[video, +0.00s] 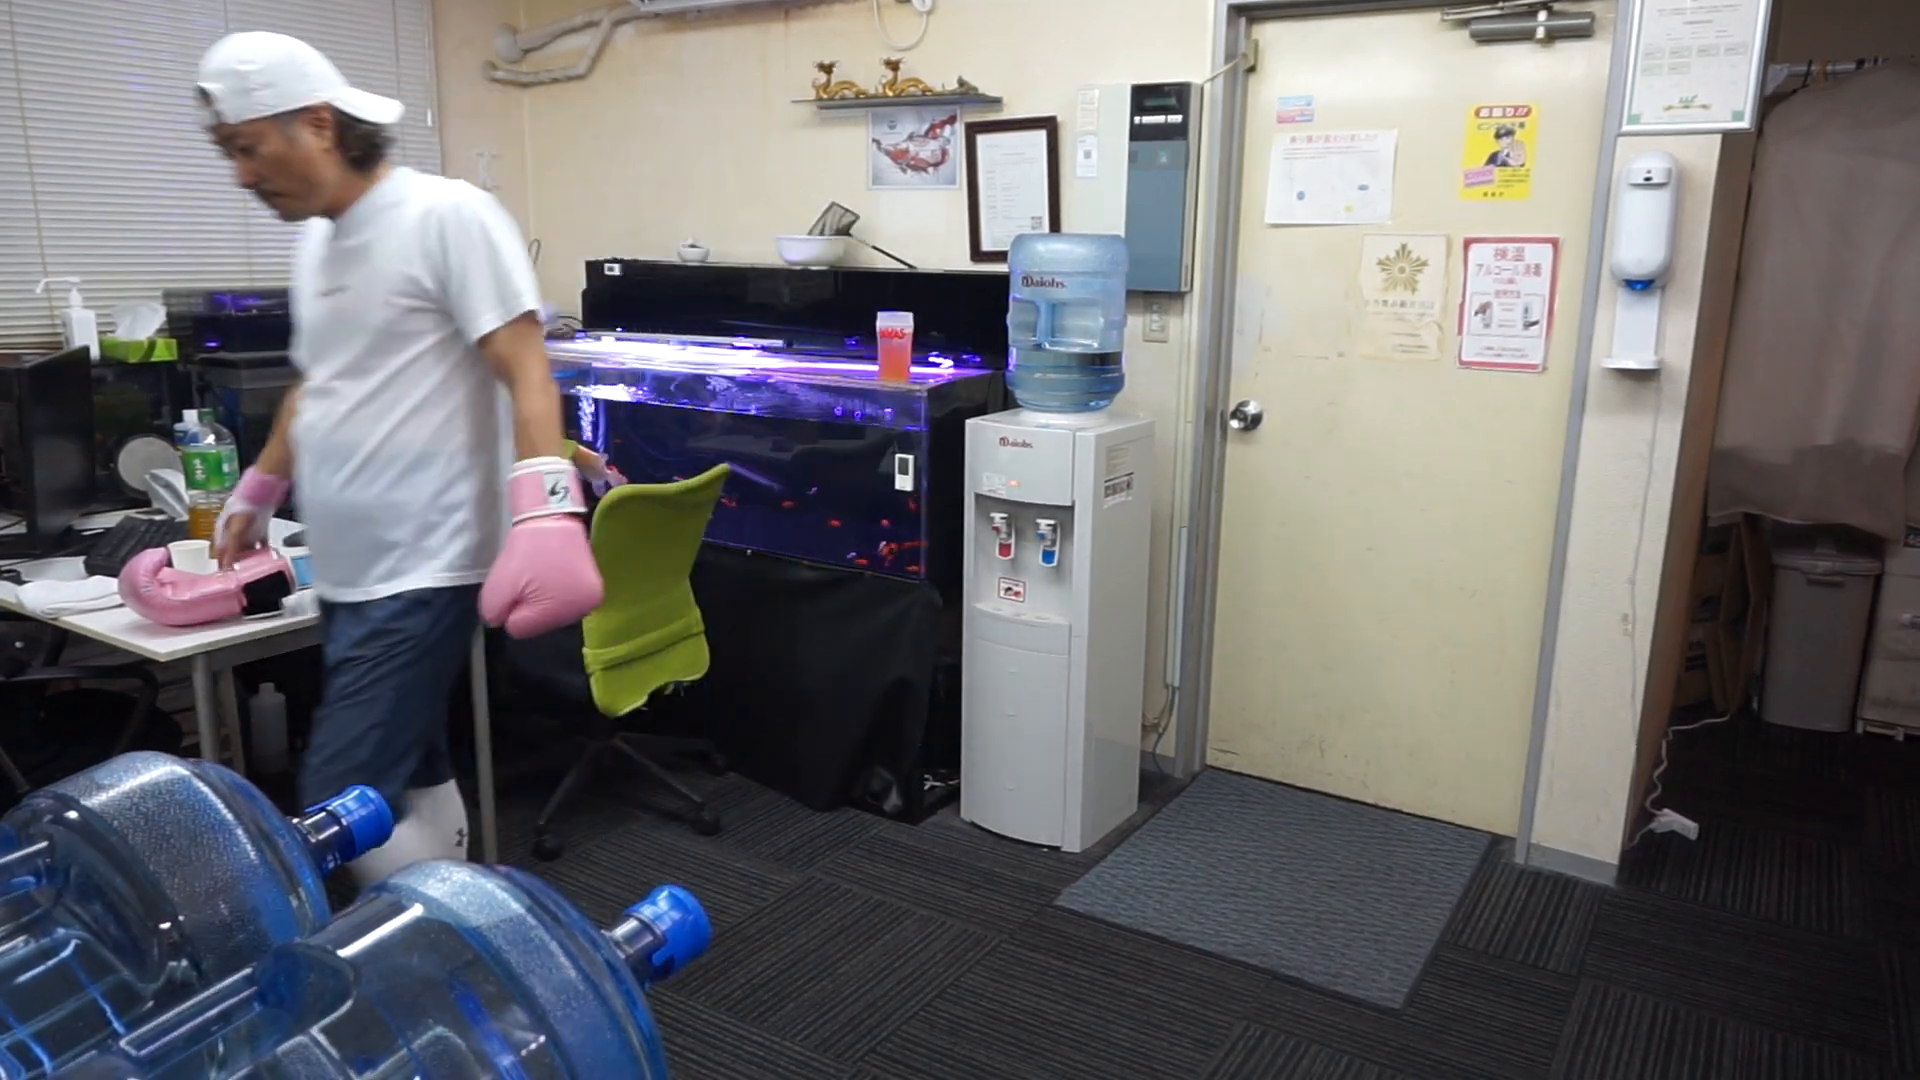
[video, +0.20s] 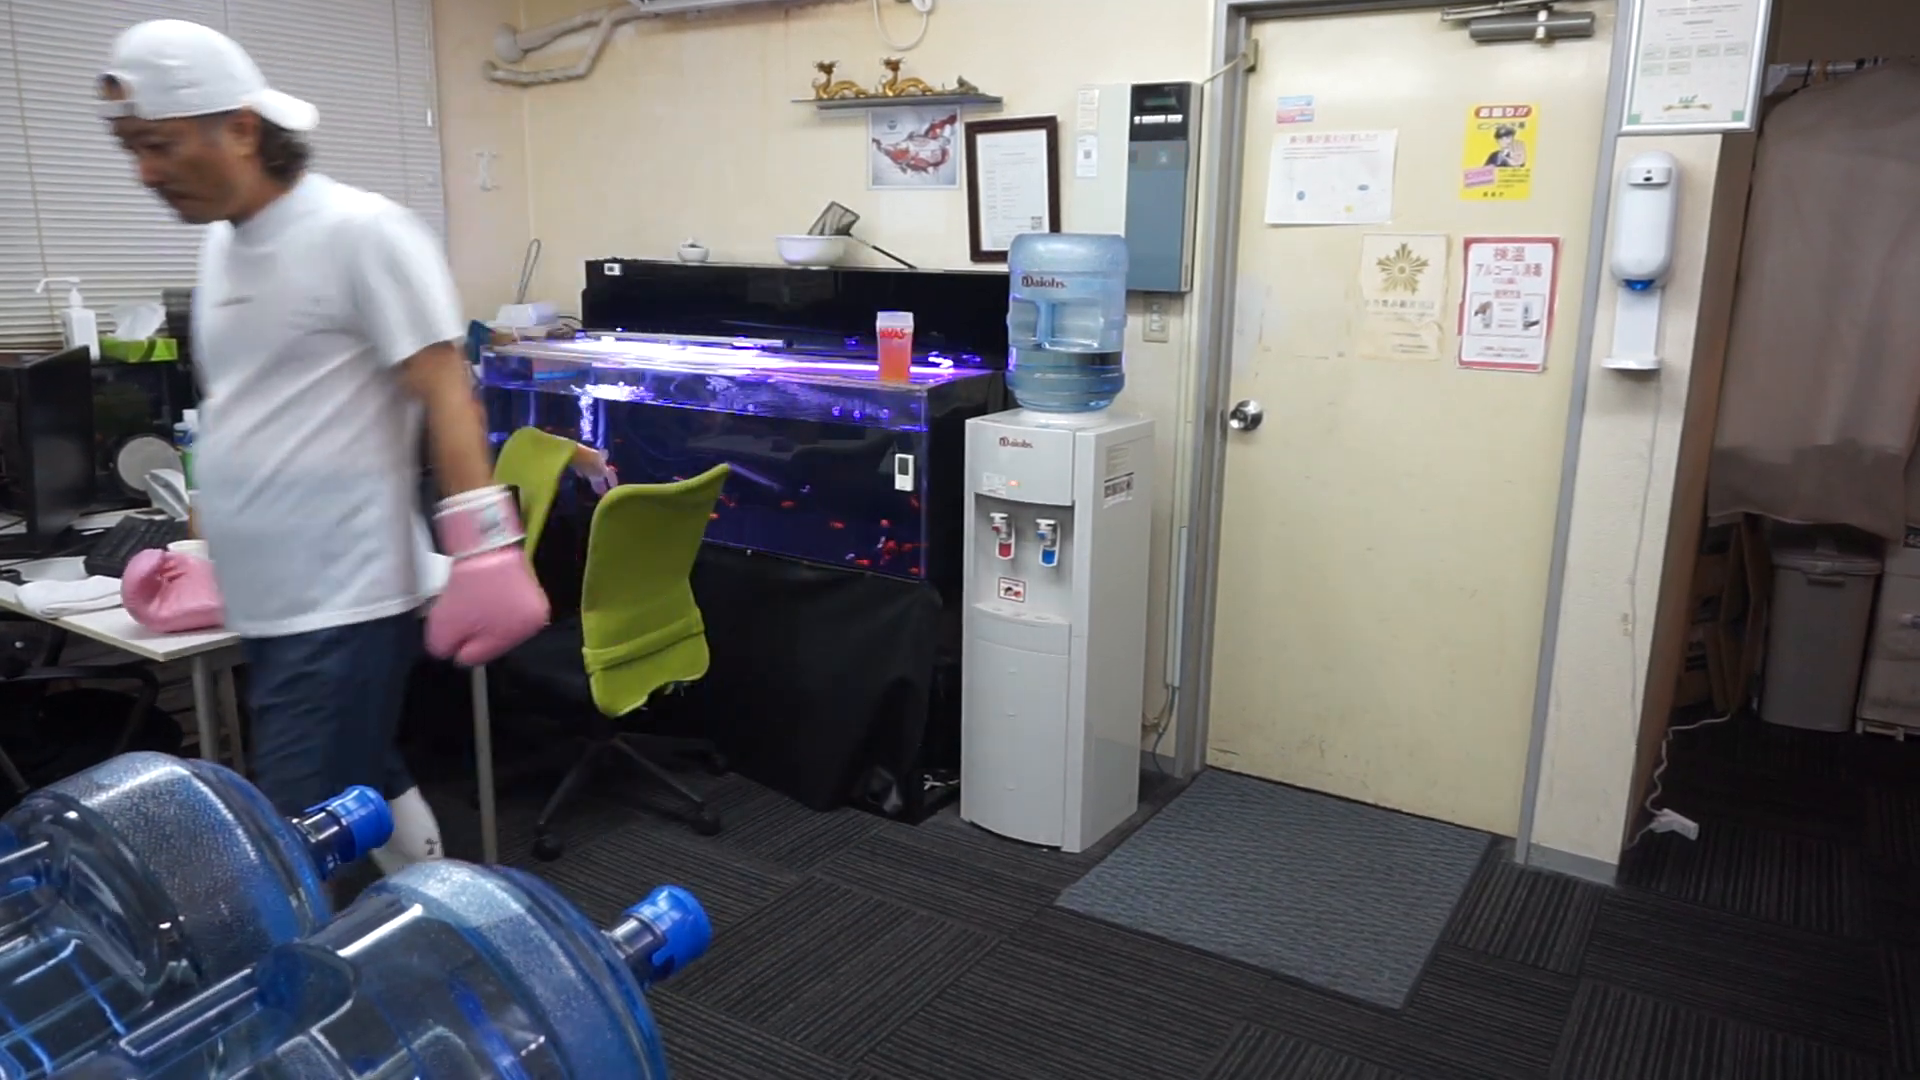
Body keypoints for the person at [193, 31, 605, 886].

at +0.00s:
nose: (241, 176)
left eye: (248, 150)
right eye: (231, 157)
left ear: (318, 125)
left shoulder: (450, 217)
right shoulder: (315, 244)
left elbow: (529, 373)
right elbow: (315, 387)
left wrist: (542, 512)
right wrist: (256, 497)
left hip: (426, 574)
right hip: (347, 577)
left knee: (339, 809)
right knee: (419, 793)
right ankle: (459, 973)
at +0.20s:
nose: (146, 175)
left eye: (162, 146)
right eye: (136, 152)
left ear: (241, 131)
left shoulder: (366, 233)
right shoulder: (222, 247)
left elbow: (447, 391)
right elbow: (255, 419)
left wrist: (484, 549)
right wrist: (216, 552)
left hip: (354, 607)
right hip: (272, 604)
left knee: (286, 836)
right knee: (372, 793)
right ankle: (448, 938)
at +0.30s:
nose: (85, 172)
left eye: (102, 143)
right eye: (76, 149)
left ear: (186, 128)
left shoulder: (310, 241)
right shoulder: (185, 246)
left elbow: (390, 413)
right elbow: (227, 425)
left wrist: (433, 566)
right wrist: (173, 551)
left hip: (292, 631)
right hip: (218, 629)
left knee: (234, 873)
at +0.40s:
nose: (16, 166)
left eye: (32, 136)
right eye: (11, 140)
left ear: (121, 121)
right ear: (119, 130)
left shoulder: (247, 235)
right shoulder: (145, 238)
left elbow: (328, 425)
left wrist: (357, 589)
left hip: (225, 637)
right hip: (154, 633)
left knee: (207, 884)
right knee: (168, 872)